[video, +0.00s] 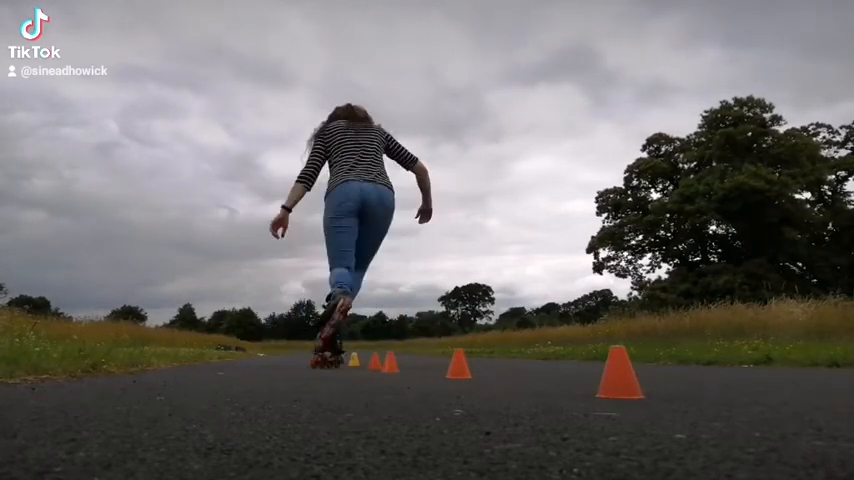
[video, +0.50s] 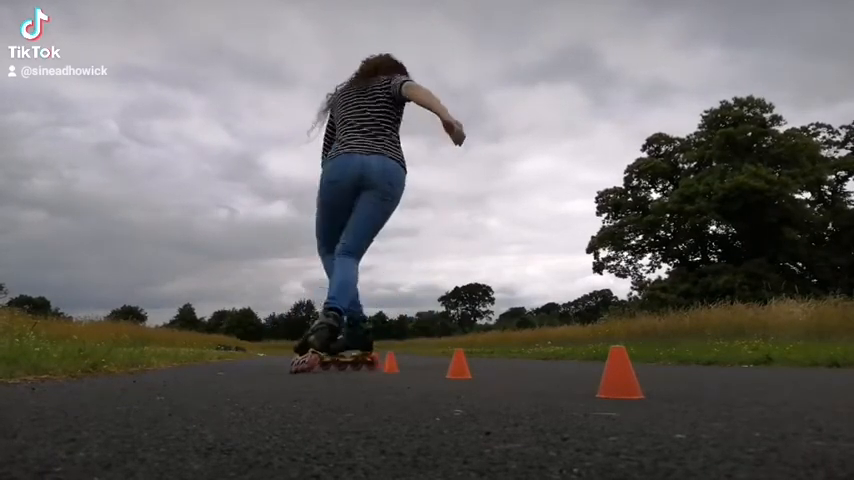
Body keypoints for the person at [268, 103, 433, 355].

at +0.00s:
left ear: (334, 118)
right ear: (362, 117)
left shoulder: (328, 131)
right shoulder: (377, 132)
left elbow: (309, 173)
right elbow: (420, 168)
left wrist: (286, 209)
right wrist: (427, 202)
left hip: (344, 192)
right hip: (382, 195)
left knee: (341, 263)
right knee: (359, 268)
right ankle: (332, 330)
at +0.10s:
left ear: (329, 110)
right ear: (360, 111)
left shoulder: (323, 122)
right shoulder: (374, 126)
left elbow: (299, 165)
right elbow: (421, 157)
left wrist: (266, 202)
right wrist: (436, 195)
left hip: (340, 185)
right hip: (379, 192)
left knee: (314, 259)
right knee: (348, 267)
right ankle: (317, 329)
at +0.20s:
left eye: (325, 106)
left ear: (328, 101)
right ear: (359, 102)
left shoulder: (319, 116)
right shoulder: (374, 117)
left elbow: (291, 158)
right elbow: (423, 144)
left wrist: (256, 196)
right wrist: (451, 180)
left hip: (339, 180)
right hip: (379, 189)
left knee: (295, 253)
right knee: (339, 265)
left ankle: (256, 309)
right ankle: (308, 326)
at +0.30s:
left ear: (333, 91)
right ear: (364, 93)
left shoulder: (319, 107)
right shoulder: (376, 108)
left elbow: (293, 151)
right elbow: (421, 127)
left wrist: (264, 192)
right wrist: (461, 159)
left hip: (336, 178)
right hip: (379, 185)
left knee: (290, 247)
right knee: (331, 260)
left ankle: (262, 315)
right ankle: (305, 323)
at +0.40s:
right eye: (382, 87)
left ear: (344, 82)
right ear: (377, 84)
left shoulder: (326, 100)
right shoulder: (383, 94)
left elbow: (307, 147)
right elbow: (419, 109)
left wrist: (291, 189)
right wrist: (458, 139)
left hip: (336, 171)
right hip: (381, 177)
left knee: (303, 245)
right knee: (335, 256)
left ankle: (303, 317)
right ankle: (312, 320)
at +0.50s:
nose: (402, 81)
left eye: (402, 76)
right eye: (401, 77)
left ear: (364, 71)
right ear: (393, 72)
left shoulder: (341, 93)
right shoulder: (392, 79)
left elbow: (329, 141)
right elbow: (414, 91)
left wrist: (327, 177)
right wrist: (446, 116)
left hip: (342, 163)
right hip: (387, 166)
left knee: (329, 249)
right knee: (349, 252)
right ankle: (331, 318)